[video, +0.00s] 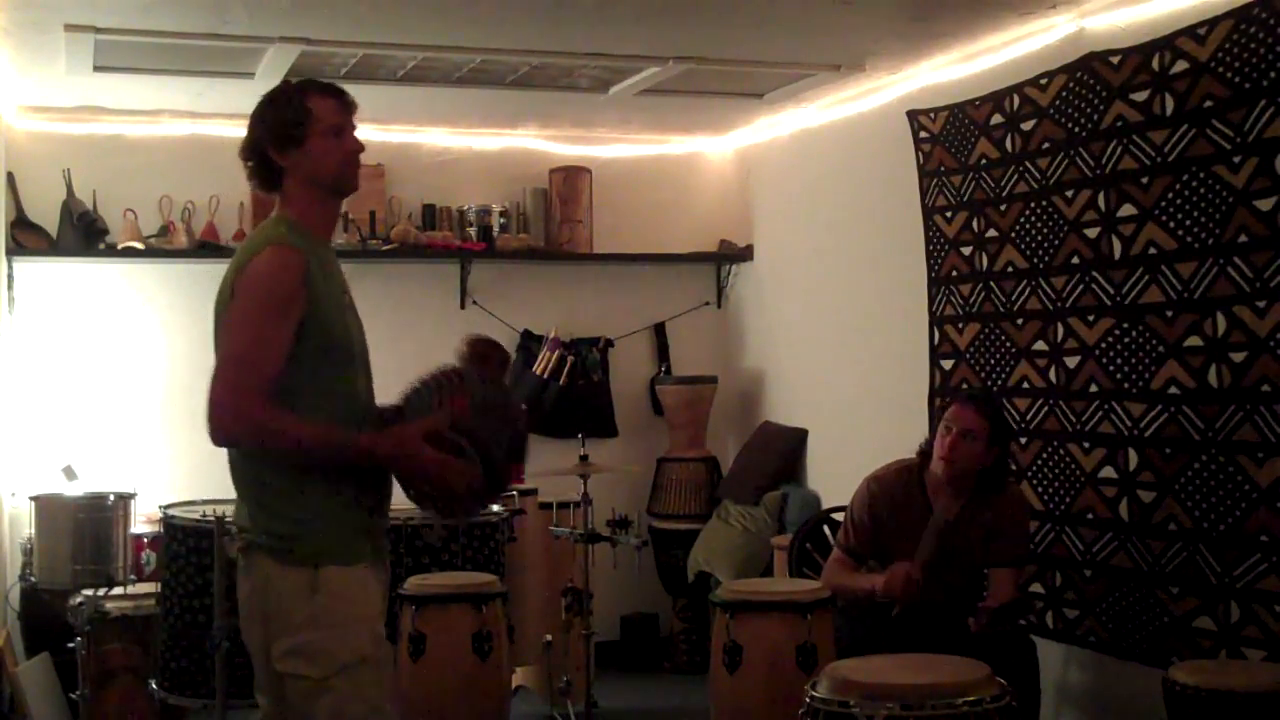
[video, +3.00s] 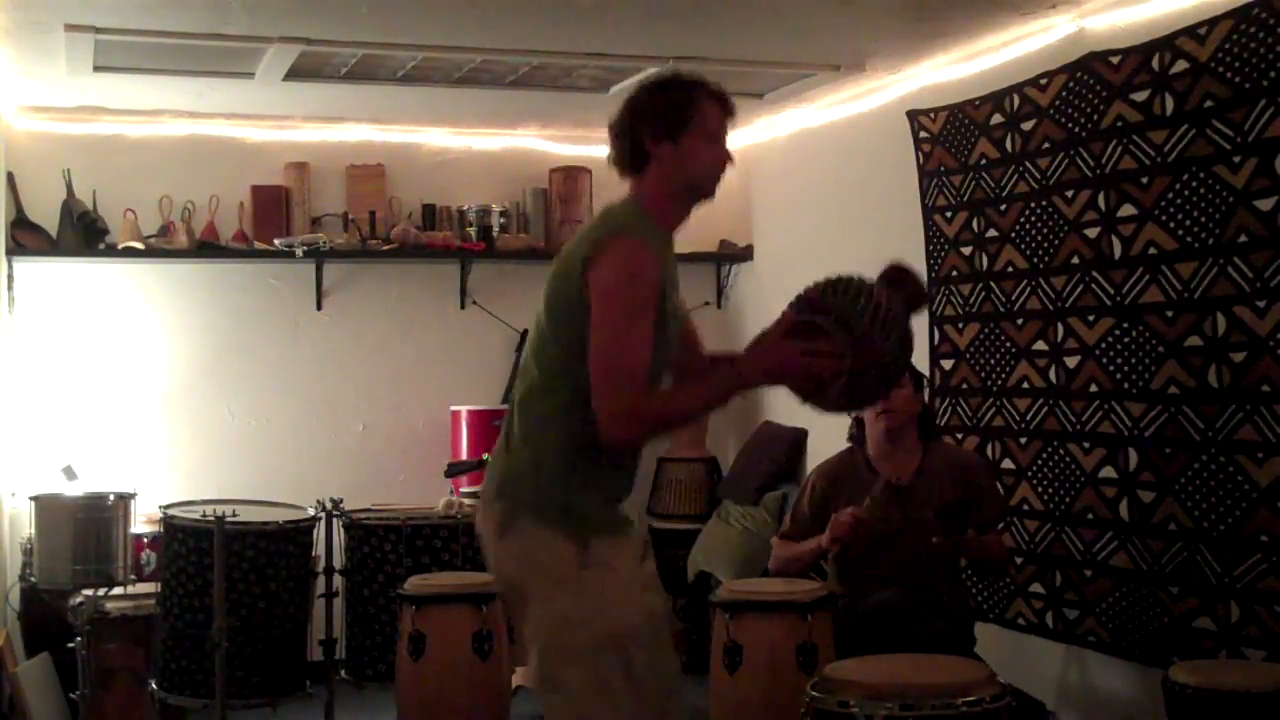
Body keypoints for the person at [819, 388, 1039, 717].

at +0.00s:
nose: (950, 444)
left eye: (967, 437)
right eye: (947, 429)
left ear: (989, 454)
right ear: (936, 431)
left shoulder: (1005, 505)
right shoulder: (884, 488)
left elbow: (1004, 590)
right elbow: (831, 575)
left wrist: (988, 612)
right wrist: (877, 582)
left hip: (960, 625)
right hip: (886, 620)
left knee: (1016, 650)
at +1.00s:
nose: (979, 452)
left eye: (997, 445)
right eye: (974, 436)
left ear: (1016, 459)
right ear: (957, 436)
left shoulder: (1028, 509)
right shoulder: (907, 483)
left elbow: (1018, 602)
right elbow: (814, 531)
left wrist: (981, 626)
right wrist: (875, 570)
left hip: (969, 618)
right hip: (896, 607)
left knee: (1019, 649)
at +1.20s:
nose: (968, 413)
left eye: (985, 405)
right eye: (961, 399)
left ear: (1004, 423)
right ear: (944, 407)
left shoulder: (1018, 496)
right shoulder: (894, 460)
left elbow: (1024, 596)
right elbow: (801, 510)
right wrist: (858, 542)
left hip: (961, 619)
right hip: (879, 609)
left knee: (1018, 670)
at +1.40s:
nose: (934, 395)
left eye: (948, 386)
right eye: (924, 386)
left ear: (973, 408)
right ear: (909, 402)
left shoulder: (997, 488)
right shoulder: (869, 464)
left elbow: (1022, 582)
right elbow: (776, 507)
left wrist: (980, 585)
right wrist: (838, 551)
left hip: (955, 621)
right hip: (874, 616)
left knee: (1005, 677)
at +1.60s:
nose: (896, 373)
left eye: (909, 368)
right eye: (884, 369)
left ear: (929, 392)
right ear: (868, 398)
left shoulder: (968, 465)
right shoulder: (837, 462)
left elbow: (1005, 543)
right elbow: (762, 521)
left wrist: (965, 567)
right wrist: (832, 536)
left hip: (944, 615)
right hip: (863, 616)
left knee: (995, 671)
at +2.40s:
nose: (895, 398)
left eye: (907, 387)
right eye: (884, 390)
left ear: (929, 399)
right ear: (869, 406)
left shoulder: (966, 472)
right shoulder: (841, 471)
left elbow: (1000, 562)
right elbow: (775, 547)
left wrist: (968, 536)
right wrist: (827, 533)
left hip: (940, 635)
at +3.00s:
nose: (883, 398)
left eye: (895, 386)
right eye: (873, 389)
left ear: (919, 400)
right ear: (859, 407)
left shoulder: (962, 469)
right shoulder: (829, 478)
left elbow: (997, 553)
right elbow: (777, 561)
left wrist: (964, 542)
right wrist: (821, 542)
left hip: (943, 636)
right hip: (859, 639)